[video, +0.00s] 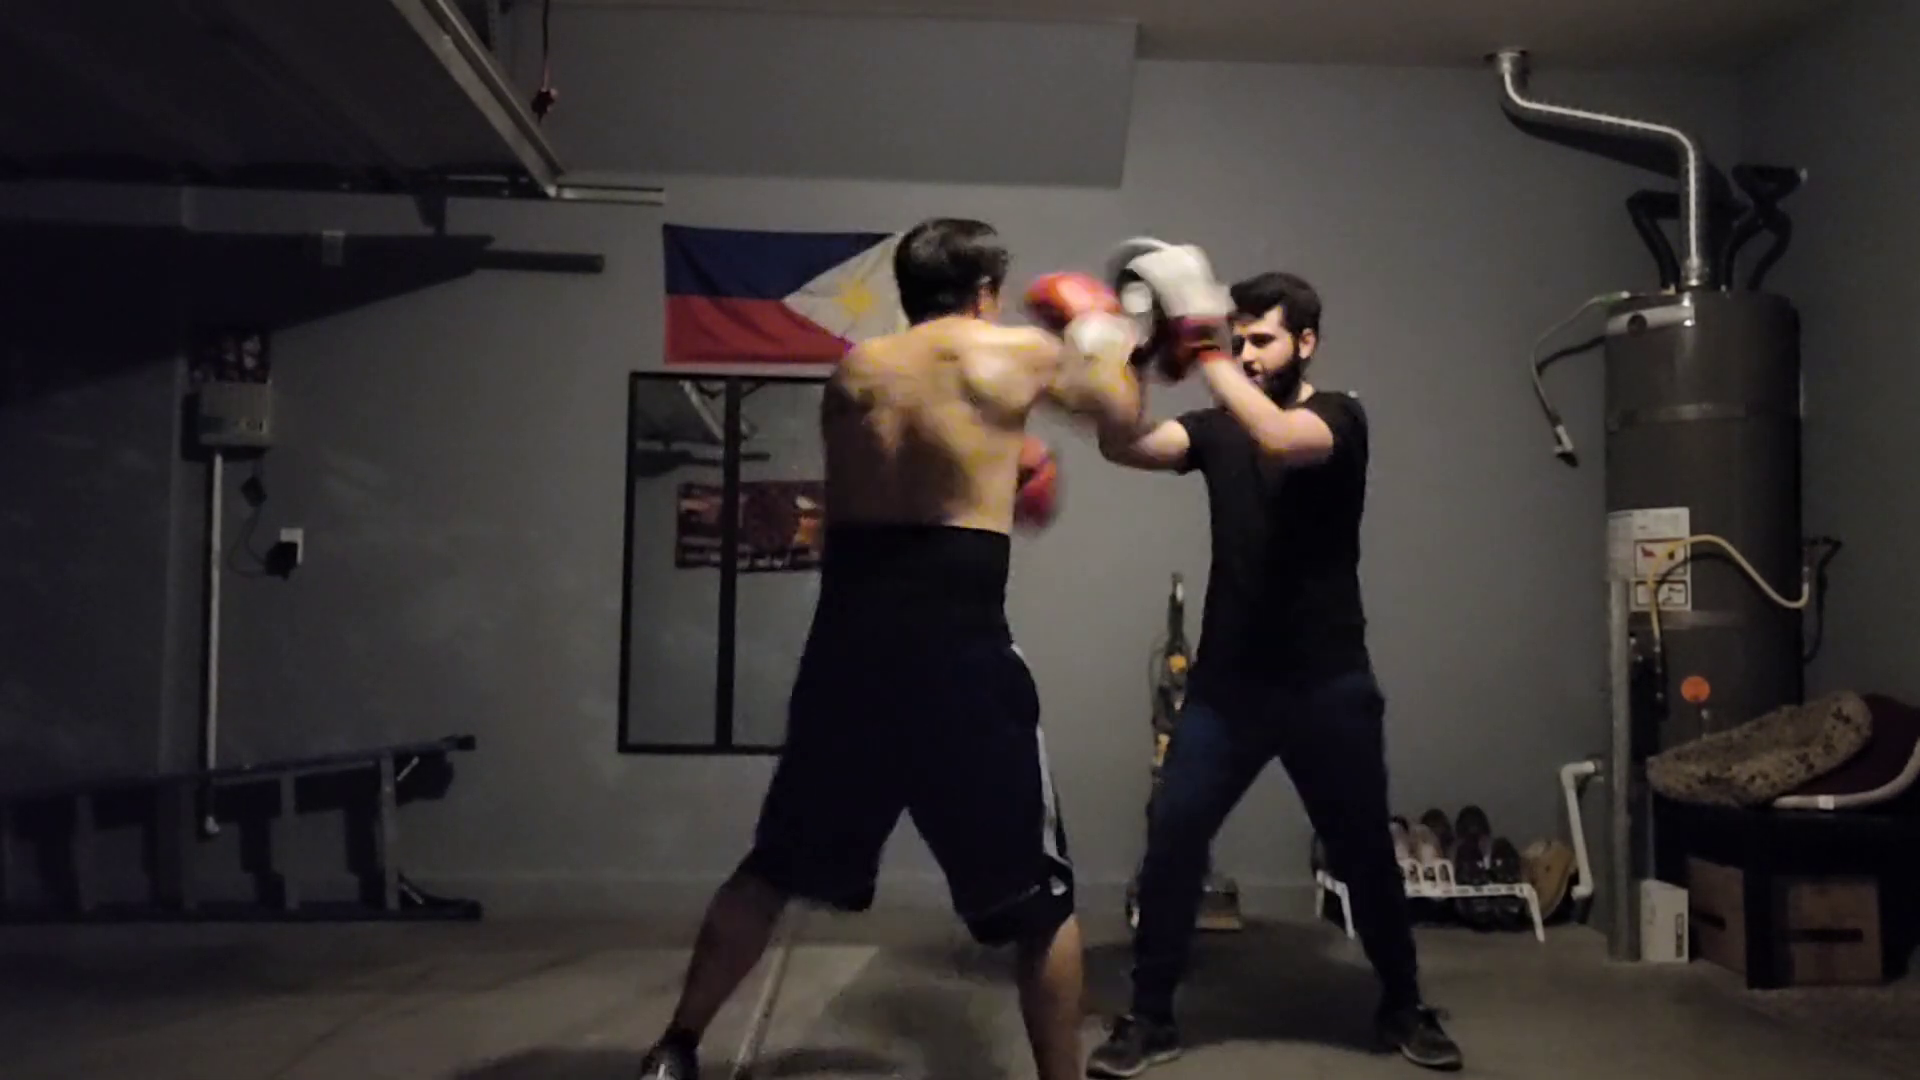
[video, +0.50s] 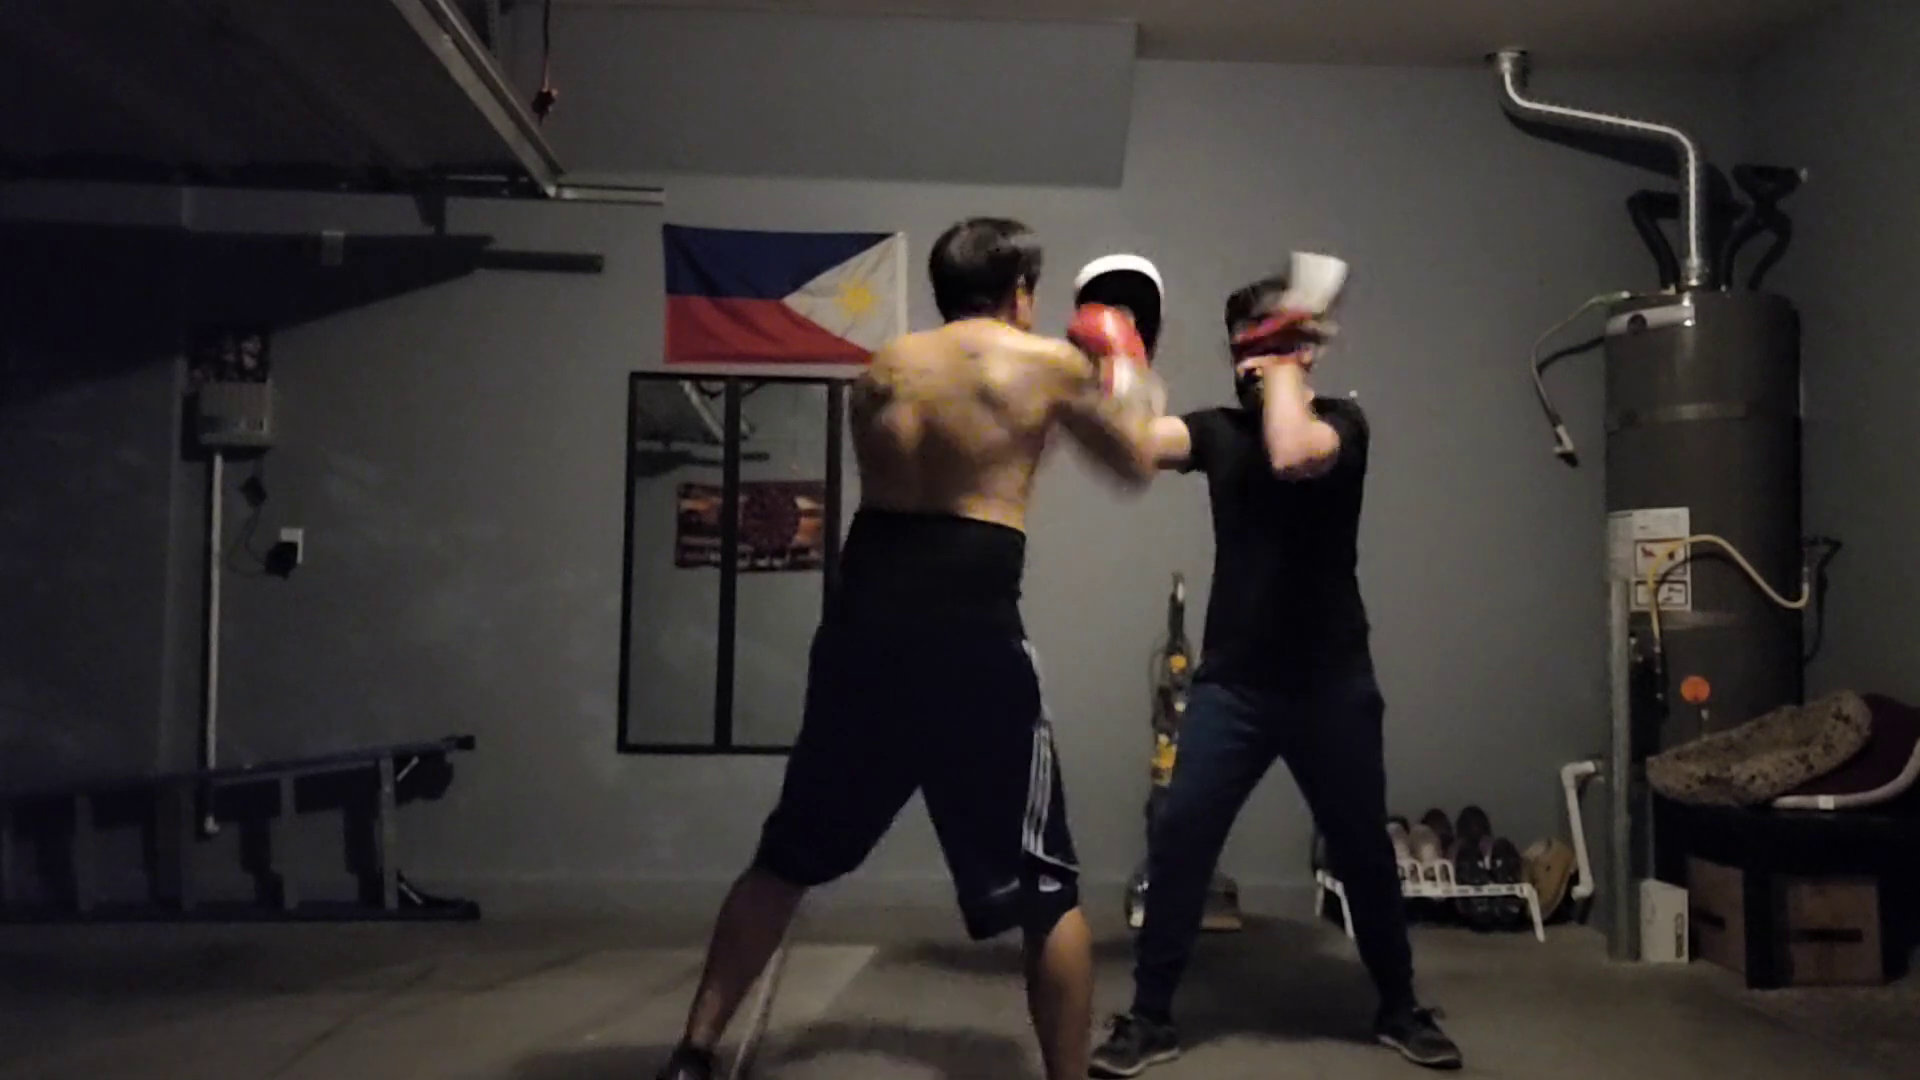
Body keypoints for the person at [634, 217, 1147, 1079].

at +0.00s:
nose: (1003, 300)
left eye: (998, 289)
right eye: (1001, 289)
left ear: (910, 290)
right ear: (985, 293)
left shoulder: (852, 370)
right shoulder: (1020, 352)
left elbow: (872, 496)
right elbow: (1124, 408)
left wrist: (1005, 482)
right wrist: (1102, 337)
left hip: (848, 651)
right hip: (958, 653)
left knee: (775, 861)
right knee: (1041, 890)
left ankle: (676, 1047)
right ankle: (1063, 1070)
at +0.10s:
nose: (1018, 302)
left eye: (1013, 291)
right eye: (1015, 292)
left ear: (919, 292)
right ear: (998, 294)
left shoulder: (855, 372)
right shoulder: (1029, 353)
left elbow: (842, 521)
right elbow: (1149, 423)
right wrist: (1128, 354)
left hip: (849, 647)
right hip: (960, 648)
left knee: (787, 861)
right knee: (1038, 890)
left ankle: (696, 1047)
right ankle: (1064, 1072)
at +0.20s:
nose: (1014, 315)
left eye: (1010, 300)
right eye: (1012, 301)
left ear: (921, 301)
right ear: (995, 306)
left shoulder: (861, 381)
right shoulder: (1006, 387)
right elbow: (1086, 510)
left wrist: (1046, 412)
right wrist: (1100, 423)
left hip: (847, 651)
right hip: (955, 653)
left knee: (781, 885)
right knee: (1041, 891)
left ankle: (709, 1068)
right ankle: (1064, 1071)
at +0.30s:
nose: (1016, 311)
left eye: (1012, 299)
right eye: (1014, 299)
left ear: (922, 300)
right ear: (1000, 303)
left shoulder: (867, 377)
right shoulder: (1019, 375)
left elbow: (925, 479)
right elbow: (1102, 492)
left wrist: (1026, 453)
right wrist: (1118, 395)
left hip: (857, 644)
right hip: (967, 647)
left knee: (782, 875)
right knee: (1047, 885)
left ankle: (701, 1064)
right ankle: (1066, 1068)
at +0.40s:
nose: (1031, 306)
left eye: (1026, 294)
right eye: (1029, 295)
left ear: (939, 300)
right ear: (1016, 301)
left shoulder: (872, 381)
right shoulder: (1046, 365)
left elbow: (847, 519)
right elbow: (1147, 398)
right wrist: (1132, 336)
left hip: (867, 649)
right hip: (976, 653)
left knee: (790, 861)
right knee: (1052, 888)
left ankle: (694, 1043)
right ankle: (1070, 1071)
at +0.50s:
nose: (1038, 301)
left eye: (1034, 289)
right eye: (1035, 289)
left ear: (942, 291)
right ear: (1021, 293)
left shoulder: (881, 366)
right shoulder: (1053, 366)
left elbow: (892, 476)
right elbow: (1137, 462)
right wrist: (1132, 374)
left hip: (863, 627)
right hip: (972, 635)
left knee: (789, 853)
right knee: (1046, 883)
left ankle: (696, 1046)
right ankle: (1070, 1070)